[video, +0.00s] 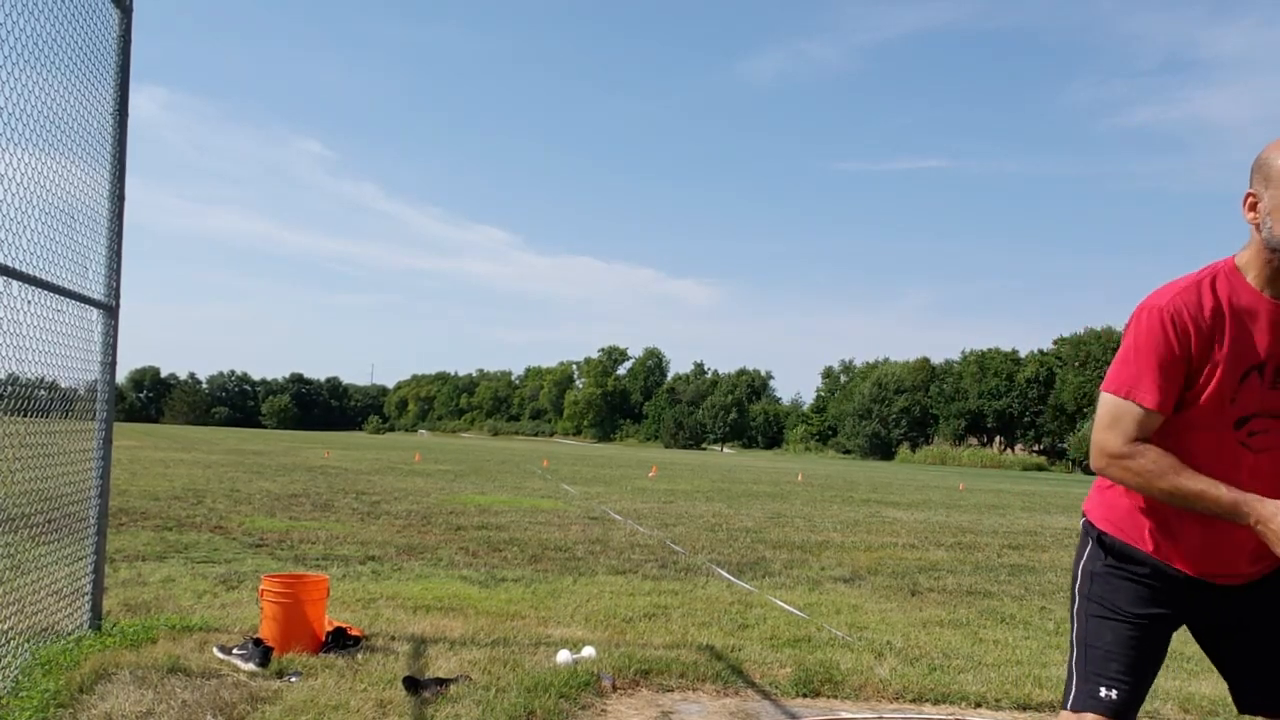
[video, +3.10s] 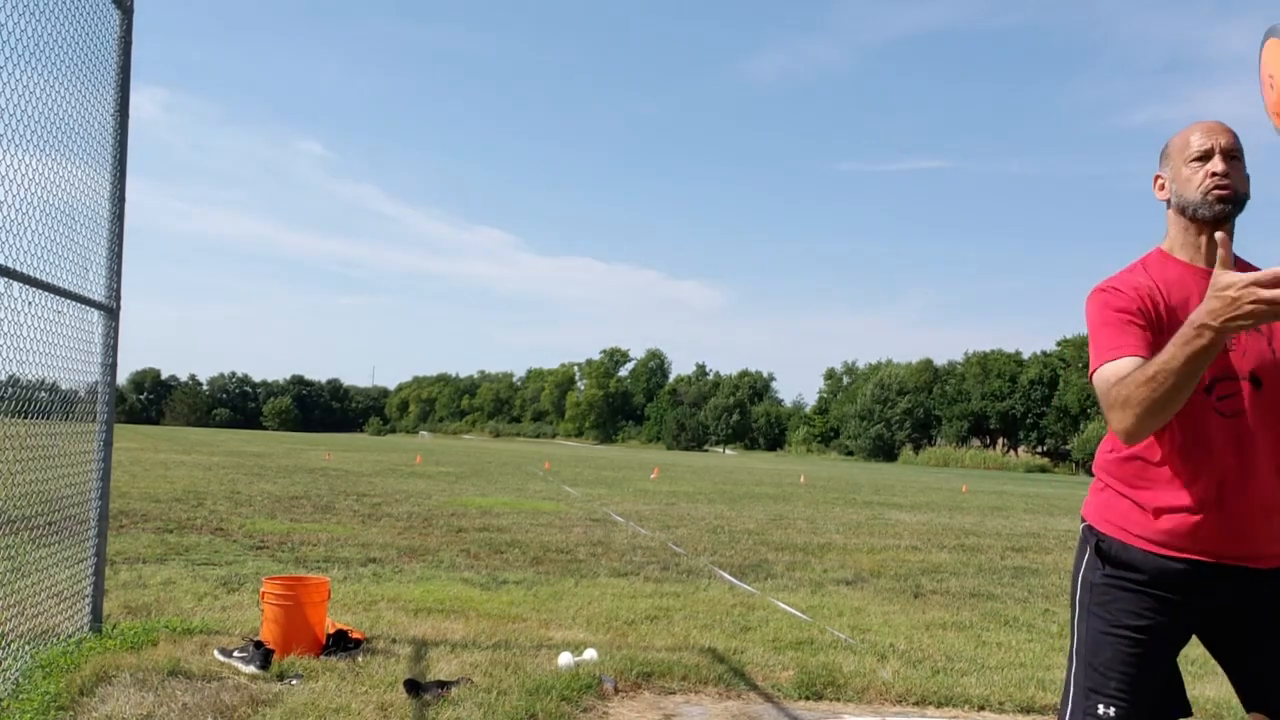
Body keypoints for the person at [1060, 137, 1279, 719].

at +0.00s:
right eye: (1279, 197)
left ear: (1262, 209)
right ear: (1254, 208)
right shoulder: (1179, 311)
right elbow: (1113, 450)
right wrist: (1255, 510)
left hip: (1254, 570)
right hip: (1138, 555)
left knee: (1277, 704)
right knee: (1095, 712)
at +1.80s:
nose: (1246, 198)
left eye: (1259, 182)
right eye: (1226, 181)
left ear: (1274, 195)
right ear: (1185, 196)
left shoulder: (1277, 299)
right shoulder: (1128, 305)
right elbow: (1113, 449)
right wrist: (1244, 420)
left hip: (1248, 564)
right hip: (1128, 557)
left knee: (1278, 703)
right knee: (1090, 711)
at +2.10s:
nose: (1223, 195)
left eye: (1236, 179)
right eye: (1203, 181)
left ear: (1256, 192)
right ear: (1166, 198)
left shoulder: (1277, 300)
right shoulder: (1113, 305)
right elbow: (1108, 449)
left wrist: (1269, 462)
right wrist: (1211, 454)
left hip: (1245, 562)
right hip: (1121, 558)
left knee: (1271, 703)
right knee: (1082, 710)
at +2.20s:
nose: (1220, 193)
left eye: (1233, 177)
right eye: (1201, 179)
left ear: (1253, 190)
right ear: (1164, 197)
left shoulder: (1276, 301)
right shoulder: (1114, 309)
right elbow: (1092, 452)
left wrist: (1275, 498)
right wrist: (1176, 520)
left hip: (1247, 570)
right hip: (1120, 563)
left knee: (1268, 705)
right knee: (1086, 711)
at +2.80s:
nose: (1227, 183)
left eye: (1241, 170)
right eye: (1209, 170)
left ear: (1259, 187)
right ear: (1172, 187)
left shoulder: (1275, 299)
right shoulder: (1122, 303)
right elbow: (1088, 449)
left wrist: (1270, 426)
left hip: (1256, 568)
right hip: (1134, 562)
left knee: (1269, 706)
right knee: (1099, 711)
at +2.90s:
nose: (1224, 174)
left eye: (1238, 164)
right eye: (1206, 163)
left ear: (1255, 183)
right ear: (1169, 183)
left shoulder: (1270, 282)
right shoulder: (1120, 290)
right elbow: (1118, 421)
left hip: (1260, 566)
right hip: (1138, 559)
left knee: (1274, 705)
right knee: (1097, 712)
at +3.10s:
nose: (1221, 166)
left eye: (1232, 158)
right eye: (1201, 158)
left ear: (1246, 183)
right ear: (1163, 186)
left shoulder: (1269, 293)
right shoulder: (1123, 295)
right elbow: (1127, 417)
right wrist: (1210, 322)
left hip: (1259, 567)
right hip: (1137, 561)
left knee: (1277, 703)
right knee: (1106, 711)